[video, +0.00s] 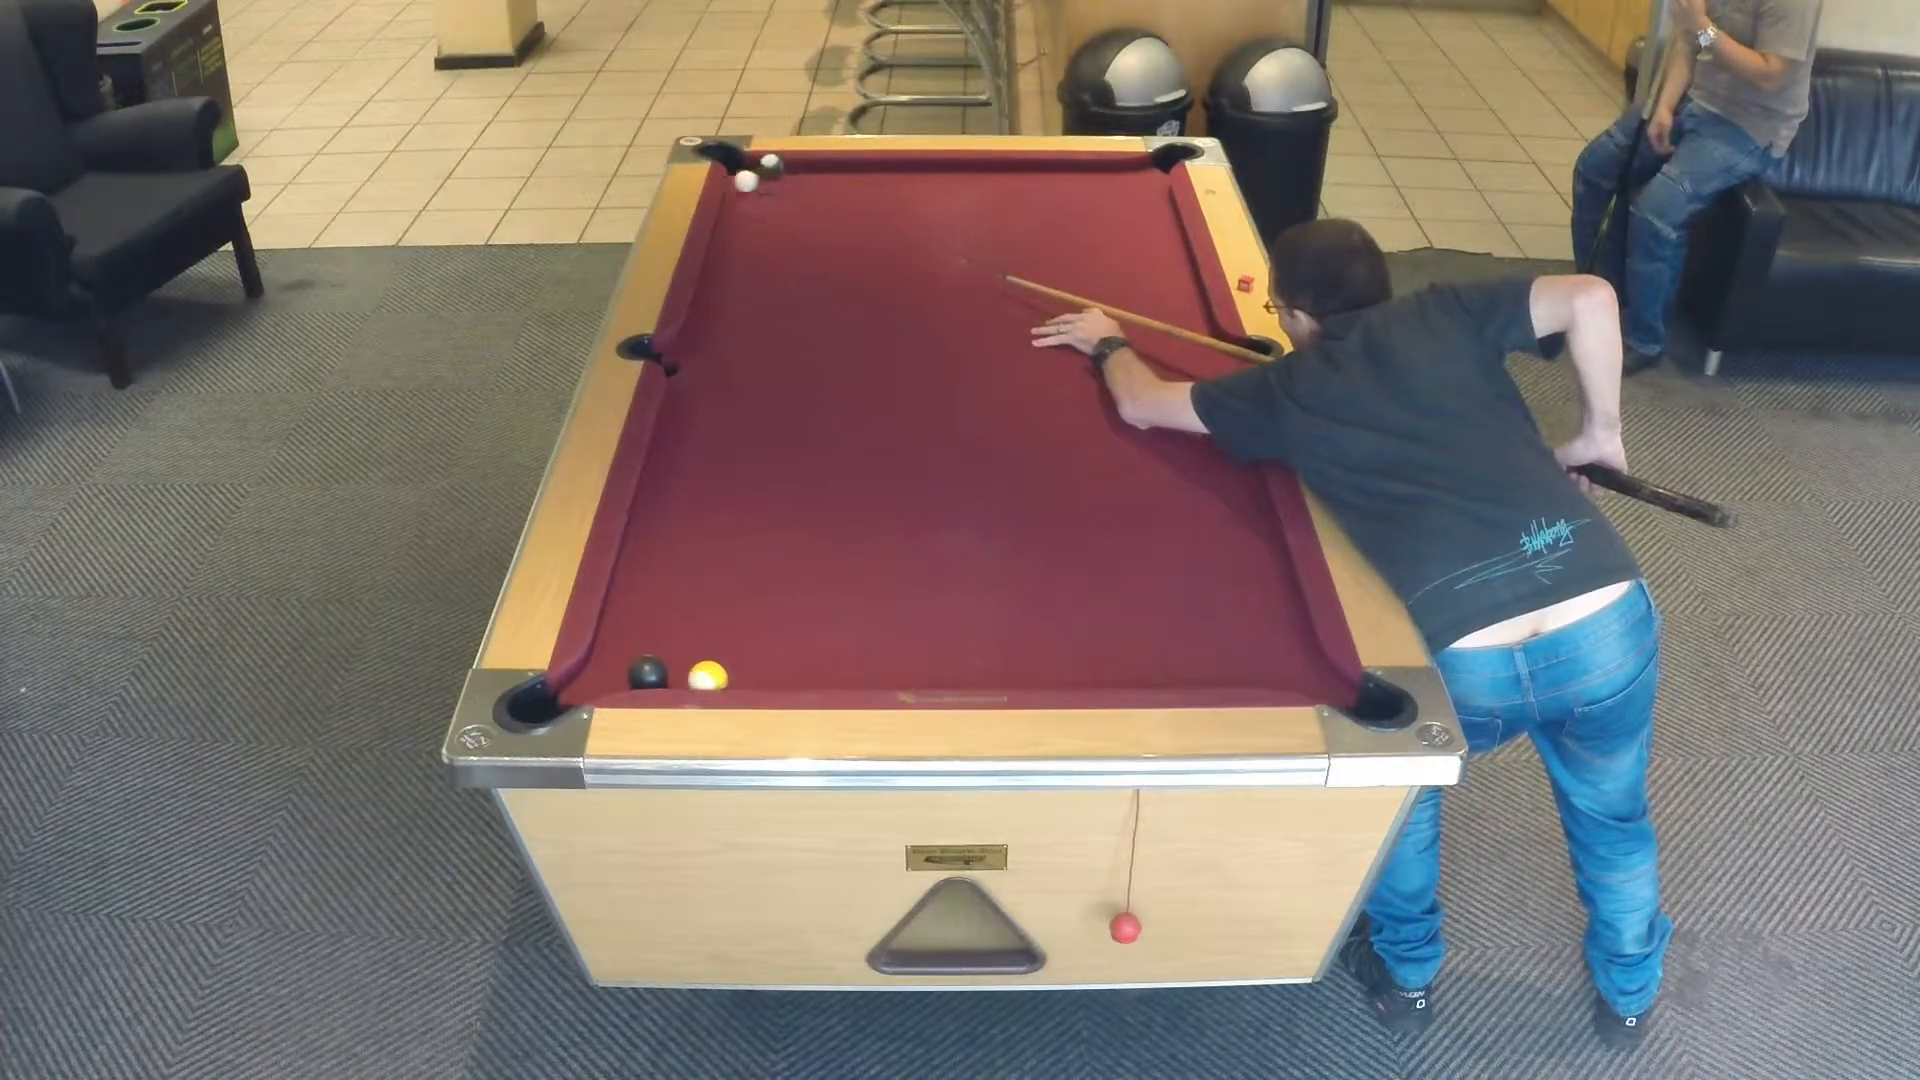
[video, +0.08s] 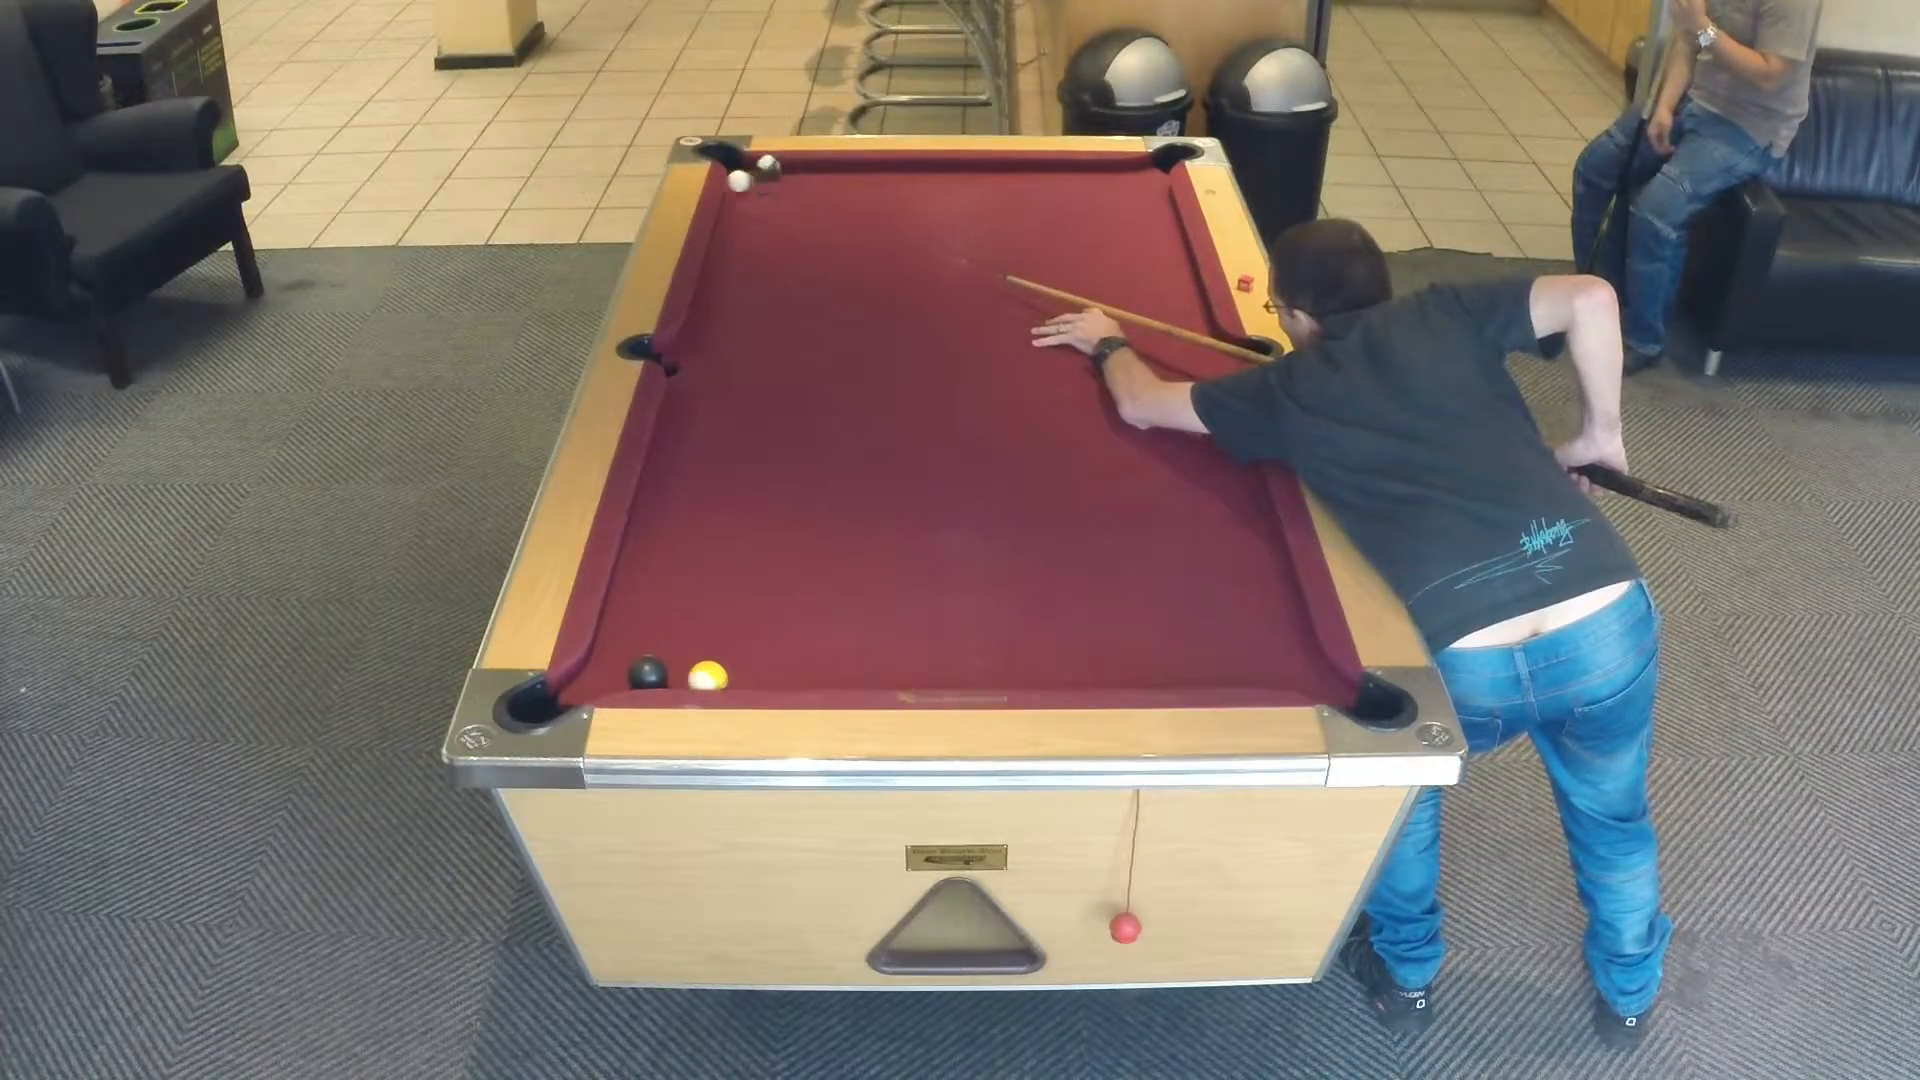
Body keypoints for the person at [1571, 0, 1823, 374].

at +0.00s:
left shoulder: (1792, 6)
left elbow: (1771, 76)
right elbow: (1686, 40)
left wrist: (1702, 28)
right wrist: (1665, 105)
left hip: (1746, 126)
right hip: (1688, 102)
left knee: (1654, 210)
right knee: (1594, 168)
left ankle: (1642, 342)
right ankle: (1593, 302)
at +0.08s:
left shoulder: (1792, 6)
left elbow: (1771, 76)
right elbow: (1686, 40)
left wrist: (1702, 28)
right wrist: (1665, 105)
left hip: (1746, 126)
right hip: (1688, 102)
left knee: (1654, 211)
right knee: (1594, 168)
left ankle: (1642, 342)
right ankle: (1593, 302)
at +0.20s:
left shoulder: (1791, 6)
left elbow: (1771, 76)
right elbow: (1685, 39)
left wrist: (1702, 28)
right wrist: (1665, 105)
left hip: (1746, 126)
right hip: (1687, 102)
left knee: (1654, 210)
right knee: (1594, 168)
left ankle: (1642, 342)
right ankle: (1593, 303)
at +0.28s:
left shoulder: (1791, 6)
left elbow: (1771, 76)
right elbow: (1685, 39)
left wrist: (1702, 27)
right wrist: (1665, 105)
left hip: (1747, 126)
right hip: (1688, 102)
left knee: (1654, 210)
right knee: (1594, 168)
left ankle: (1642, 342)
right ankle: (1593, 301)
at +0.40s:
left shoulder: (1788, 6)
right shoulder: (1699, 2)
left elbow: (1769, 75)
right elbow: (1684, 42)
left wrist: (1701, 28)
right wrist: (1665, 106)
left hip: (1747, 126)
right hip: (1687, 104)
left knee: (1655, 209)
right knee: (1595, 167)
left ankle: (1642, 340)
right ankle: (1594, 301)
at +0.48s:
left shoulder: (1785, 5)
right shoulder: (1698, 2)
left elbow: (1767, 75)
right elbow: (1682, 44)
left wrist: (1700, 28)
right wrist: (1664, 108)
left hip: (1747, 127)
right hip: (1688, 105)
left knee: (1654, 211)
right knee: (1595, 168)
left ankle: (1643, 340)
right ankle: (1594, 302)